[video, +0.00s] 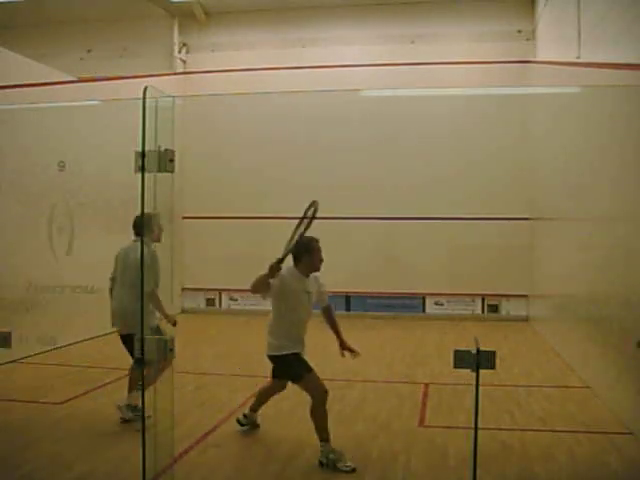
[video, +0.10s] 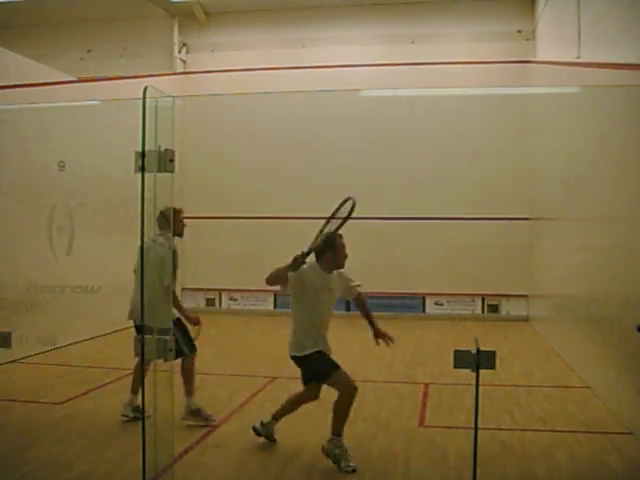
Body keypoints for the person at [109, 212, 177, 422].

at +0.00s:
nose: (162, 230)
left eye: (160, 225)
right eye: (159, 226)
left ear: (138, 230)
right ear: (150, 229)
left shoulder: (123, 252)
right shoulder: (149, 253)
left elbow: (113, 285)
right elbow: (150, 291)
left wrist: (118, 311)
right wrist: (167, 315)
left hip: (122, 322)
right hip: (140, 322)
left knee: (139, 361)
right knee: (165, 357)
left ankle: (132, 404)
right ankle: (133, 398)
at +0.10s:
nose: (184, 224)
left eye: (182, 220)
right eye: (180, 220)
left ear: (162, 223)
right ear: (169, 223)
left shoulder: (147, 245)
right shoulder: (168, 249)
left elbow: (137, 274)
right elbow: (169, 289)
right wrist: (188, 315)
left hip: (141, 314)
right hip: (162, 316)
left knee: (145, 358)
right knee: (189, 352)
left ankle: (131, 403)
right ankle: (191, 405)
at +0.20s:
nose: (206, 226)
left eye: (205, 222)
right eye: (203, 223)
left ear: (185, 226)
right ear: (192, 226)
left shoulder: (168, 245)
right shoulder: (190, 250)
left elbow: (158, 269)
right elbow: (189, 288)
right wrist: (210, 316)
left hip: (161, 315)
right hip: (182, 316)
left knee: (154, 357)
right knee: (209, 356)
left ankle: (136, 400)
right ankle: (226, 406)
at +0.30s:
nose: (227, 233)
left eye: (226, 229)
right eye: (224, 229)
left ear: (205, 233)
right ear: (213, 232)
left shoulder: (186, 254)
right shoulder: (215, 258)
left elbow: (177, 283)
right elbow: (216, 296)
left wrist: (189, 307)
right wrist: (236, 324)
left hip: (181, 322)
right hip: (207, 324)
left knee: (164, 359)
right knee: (233, 358)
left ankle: (138, 400)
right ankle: (228, 409)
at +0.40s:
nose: (241, 231)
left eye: (240, 226)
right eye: (239, 227)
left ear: (218, 230)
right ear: (230, 230)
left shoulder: (199, 252)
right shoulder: (232, 257)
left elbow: (190, 285)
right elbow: (237, 297)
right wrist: (249, 325)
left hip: (193, 319)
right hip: (218, 321)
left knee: (176, 357)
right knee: (237, 358)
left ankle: (154, 396)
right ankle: (228, 409)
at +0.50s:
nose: (249, 225)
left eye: (248, 220)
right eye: (247, 221)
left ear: (226, 223)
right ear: (241, 224)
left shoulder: (209, 244)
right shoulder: (243, 249)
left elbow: (198, 276)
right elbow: (246, 288)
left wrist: (209, 298)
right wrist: (252, 315)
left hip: (199, 309)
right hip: (225, 312)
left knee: (191, 352)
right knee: (238, 354)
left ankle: (178, 396)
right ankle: (232, 401)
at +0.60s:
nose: (255, 227)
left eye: (254, 223)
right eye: (254, 223)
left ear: (233, 226)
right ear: (249, 226)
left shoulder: (216, 246)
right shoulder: (252, 248)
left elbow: (200, 274)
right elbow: (256, 286)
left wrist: (203, 297)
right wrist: (252, 310)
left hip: (204, 305)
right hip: (231, 307)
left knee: (204, 351)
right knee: (254, 350)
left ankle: (194, 400)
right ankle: (245, 403)